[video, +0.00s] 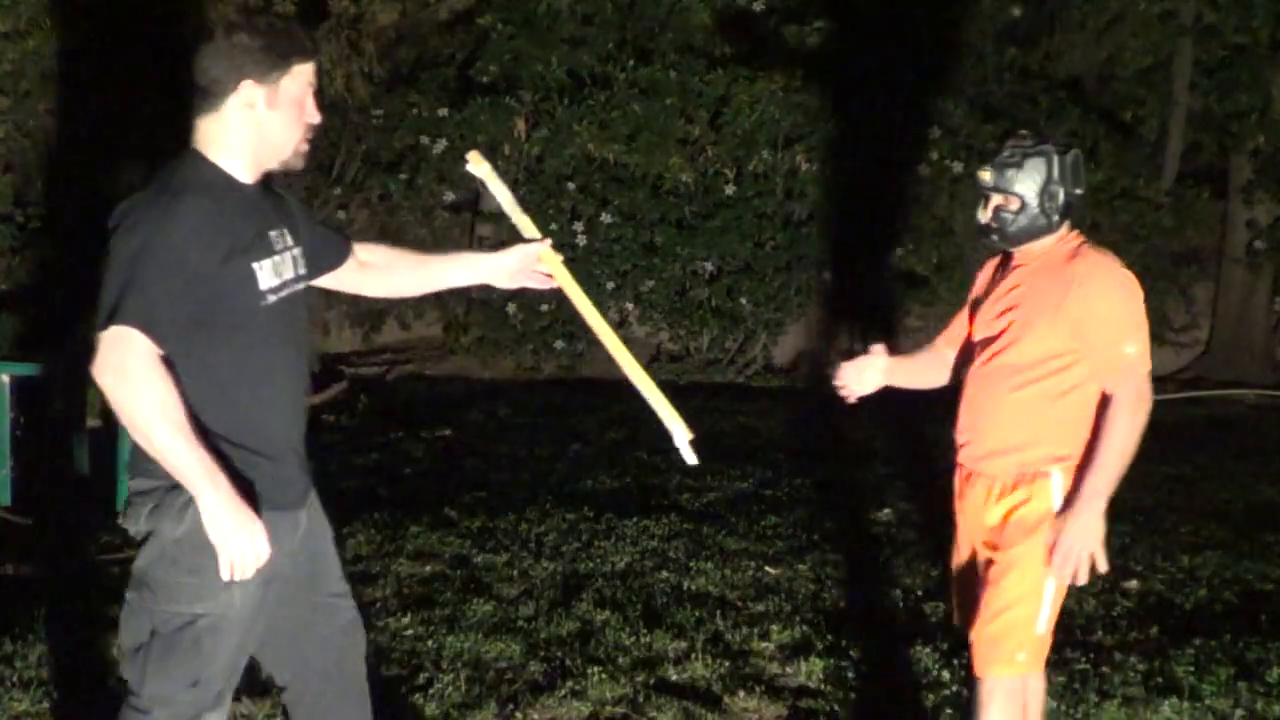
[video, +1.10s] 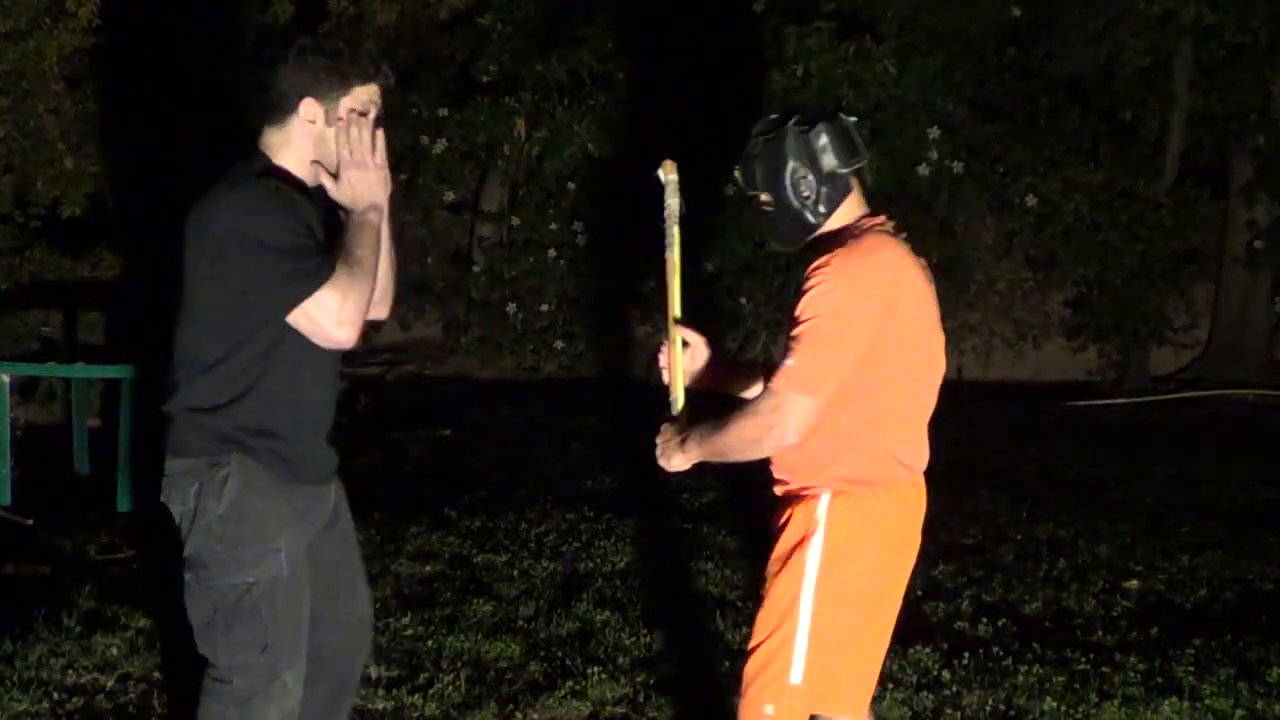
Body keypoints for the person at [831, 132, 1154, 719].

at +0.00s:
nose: (994, 210)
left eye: (1012, 197)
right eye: (992, 194)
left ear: (1052, 201)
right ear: (990, 192)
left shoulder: (1103, 280)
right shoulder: (995, 274)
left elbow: (1133, 399)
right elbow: (946, 360)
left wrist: (1090, 507)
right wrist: (887, 370)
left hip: (1042, 497)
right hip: (974, 491)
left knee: (1000, 666)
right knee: (1007, 662)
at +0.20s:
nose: (961, 210)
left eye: (977, 197)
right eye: (958, 194)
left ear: (1020, 202)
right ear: (957, 193)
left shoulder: (1070, 284)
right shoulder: (964, 268)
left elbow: (1084, 414)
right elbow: (897, 349)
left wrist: (1011, 519)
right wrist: (797, 372)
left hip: (1004, 503)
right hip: (935, 494)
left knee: (966, 673)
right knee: (936, 661)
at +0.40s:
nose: (916, 200)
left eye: (932, 187)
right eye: (914, 184)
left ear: (978, 189)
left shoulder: (1038, 274)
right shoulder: (920, 259)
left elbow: (1042, 407)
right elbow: (846, 351)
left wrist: (928, 480)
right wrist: (741, 369)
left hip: (981, 489)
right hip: (897, 478)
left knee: (958, 673)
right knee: (860, 640)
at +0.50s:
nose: (898, 202)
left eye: (917, 189)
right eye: (895, 185)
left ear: (964, 190)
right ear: (892, 184)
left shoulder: (1016, 273)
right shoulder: (895, 259)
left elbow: (1009, 412)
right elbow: (841, 360)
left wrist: (877, 449)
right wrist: (759, 361)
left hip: (959, 493)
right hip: (876, 488)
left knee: (943, 682)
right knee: (848, 656)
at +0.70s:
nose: (850, 211)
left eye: (868, 198)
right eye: (847, 194)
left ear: (916, 198)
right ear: (843, 191)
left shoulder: (969, 275)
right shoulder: (860, 272)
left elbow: (942, 409)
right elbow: (830, 382)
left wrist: (817, 439)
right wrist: (772, 395)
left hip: (915, 506)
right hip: (841, 495)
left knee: (857, 693)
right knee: (823, 686)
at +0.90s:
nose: (805, 214)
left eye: (815, 198)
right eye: (801, 199)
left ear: (858, 192)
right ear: (858, 193)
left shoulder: (912, 269)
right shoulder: (866, 272)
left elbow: (875, 412)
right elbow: (824, 393)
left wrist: (759, 439)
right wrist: (753, 394)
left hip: (870, 509)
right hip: (833, 504)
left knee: (803, 697)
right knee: (818, 697)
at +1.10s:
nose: (764, 209)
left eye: (769, 193)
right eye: (760, 194)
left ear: (805, 187)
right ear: (837, 177)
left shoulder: (847, 272)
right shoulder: (894, 264)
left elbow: (784, 420)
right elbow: (820, 390)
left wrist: (689, 445)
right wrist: (713, 372)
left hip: (841, 511)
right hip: (878, 508)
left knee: (781, 701)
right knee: (837, 703)